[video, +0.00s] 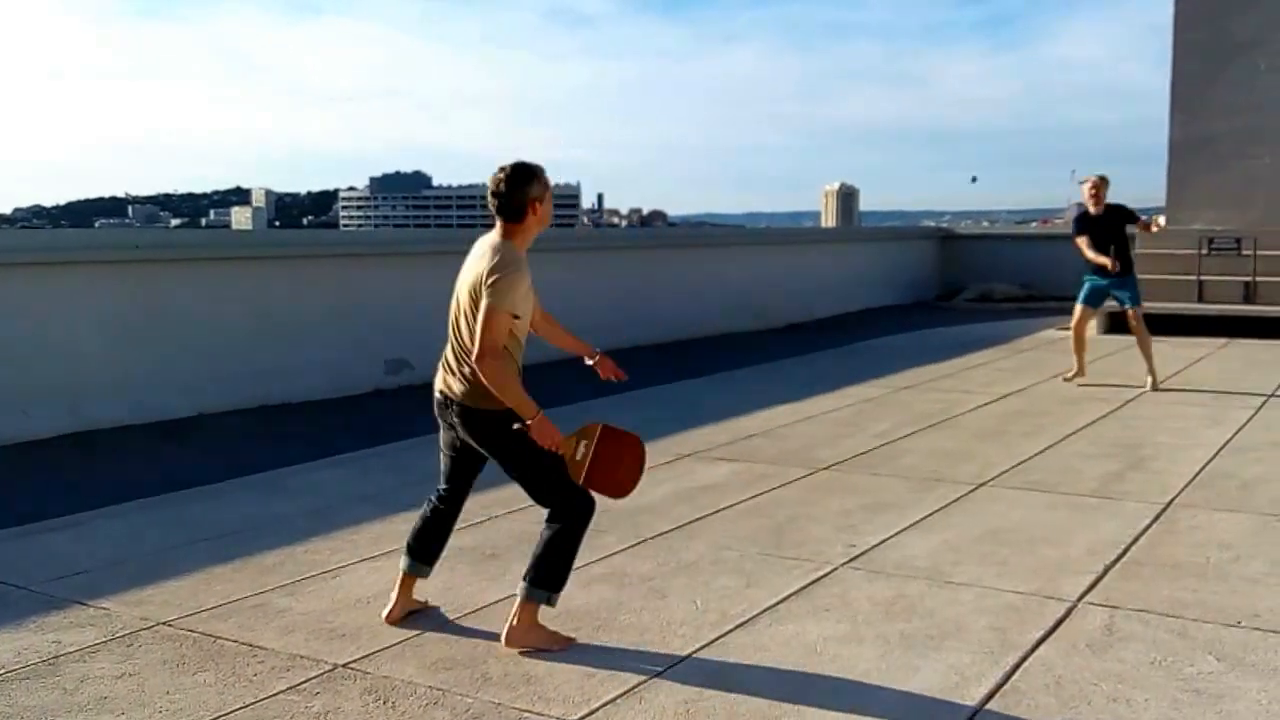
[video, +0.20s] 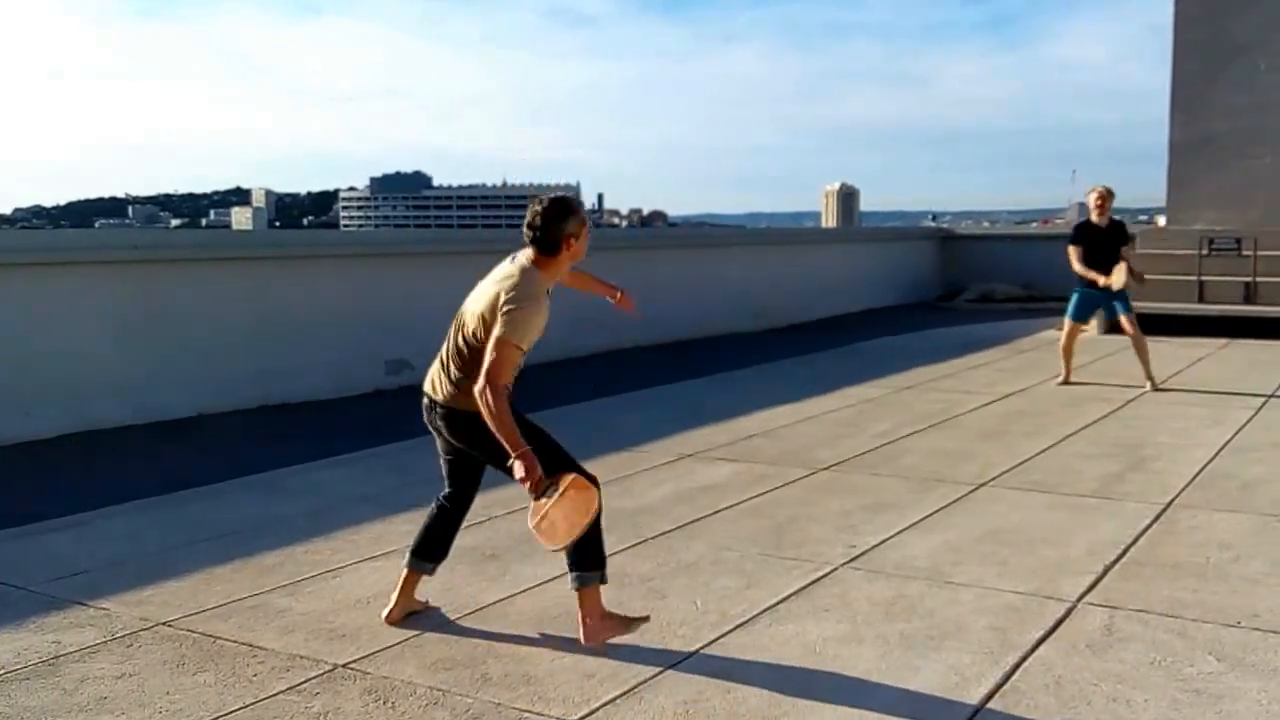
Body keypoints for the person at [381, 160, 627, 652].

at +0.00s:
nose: (552, 206)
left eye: (550, 198)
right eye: (549, 198)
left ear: (506, 207)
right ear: (534, 208)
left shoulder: (491, 248)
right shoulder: (508, 268)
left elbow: (535, 318)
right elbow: (487, 361)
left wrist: (589, 354)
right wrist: (535, 418)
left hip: (452, 400)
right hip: (486, 410)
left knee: (447, 496)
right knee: (572, 504)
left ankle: (403, 598)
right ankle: (524, 622)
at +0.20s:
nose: (587, 239)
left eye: (585, 231)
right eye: (583, 233)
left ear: (539, 236)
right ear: (568, 244)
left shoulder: (523, 264)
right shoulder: (526, 301)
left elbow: (567, 274)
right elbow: (488, 389)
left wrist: (612, 291)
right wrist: (521, 453)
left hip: (440, 401)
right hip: (473, 413)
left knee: (456, 493)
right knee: (578, 486)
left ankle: (402, 600)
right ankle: (594, 616)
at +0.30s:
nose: (631, 270)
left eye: (630, 263)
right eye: (628, 265)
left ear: (582, 266)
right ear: (610, 278)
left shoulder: (556, 277)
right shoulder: (571, 332)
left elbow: (546, 257)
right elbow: (541, 424)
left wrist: (560, 265)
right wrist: (574, 492)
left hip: (440, 397)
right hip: (475, 416)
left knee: (454, 493)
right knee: (581, 496)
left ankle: (402, 599)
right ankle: (602, 626)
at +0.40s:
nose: (667, 306)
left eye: (667, 298)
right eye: (666, 299)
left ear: (614, 291)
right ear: (648, 309)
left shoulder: (577, 295)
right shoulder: (614, 359)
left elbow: (532, 269)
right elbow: (614, 458)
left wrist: (510, 262)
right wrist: (661, 520)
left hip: (453, 409)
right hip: (494, 428)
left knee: (452, 499)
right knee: (603, 498)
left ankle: (402, 600)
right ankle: (608, 629)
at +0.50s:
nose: (689, 343)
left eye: (691, 335)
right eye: (690, 336)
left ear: (639, 319)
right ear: (673, 338)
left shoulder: (591, 319)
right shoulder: (648, 386)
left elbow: (513, 291)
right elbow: (683, 463)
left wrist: (468, 285)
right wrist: (737, 500)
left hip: (470, 431)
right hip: (513, 451)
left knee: (464, 506)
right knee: (634, 504)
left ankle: (403, 604)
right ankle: (613, 632)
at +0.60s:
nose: (707, 357)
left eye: (706, 348)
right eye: (707, 350)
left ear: (658, 336)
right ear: (692, 357)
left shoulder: (607, 339)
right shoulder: (666, 405)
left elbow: (529, 325)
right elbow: (710, 456)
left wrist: (465, 321)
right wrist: (767, 445)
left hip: (485, 442)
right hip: (527, 465)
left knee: (469, 514)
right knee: (652, 511)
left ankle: (404, 604)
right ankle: (615, 633)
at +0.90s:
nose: (723, 277)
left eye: (722, 269)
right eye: (722, 270)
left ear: (672, 267)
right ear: (711, 277)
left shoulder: (624, 288)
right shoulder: (701, 342)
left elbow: (550, 314)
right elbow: (729, 422)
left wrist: (496, 360)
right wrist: (769, 400)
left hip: (533, 408)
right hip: (581, 430)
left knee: (500, 510)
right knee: (667, 515)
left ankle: (426, 613)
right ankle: (618, 635)